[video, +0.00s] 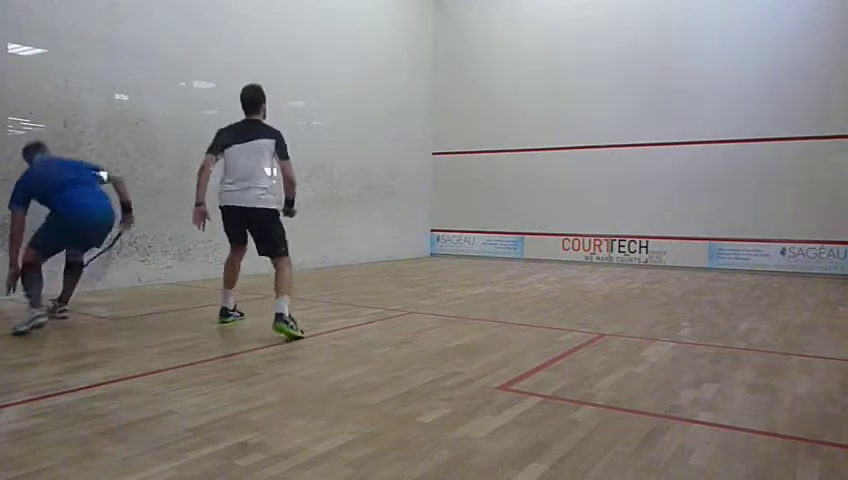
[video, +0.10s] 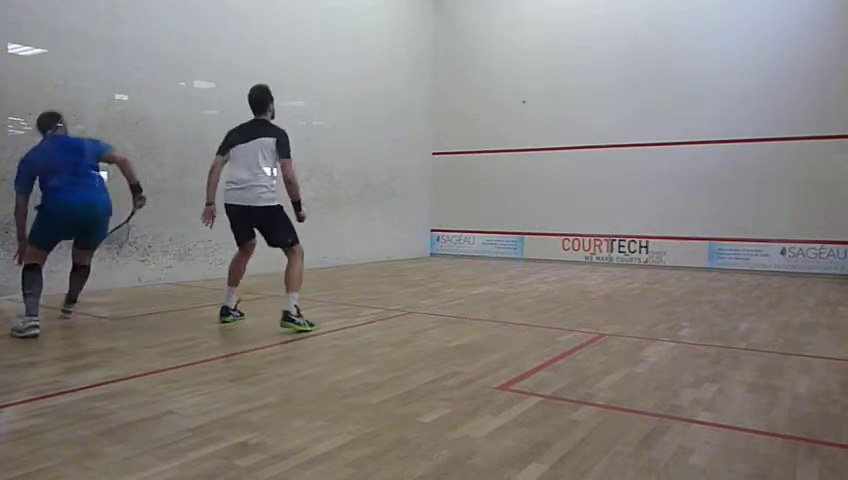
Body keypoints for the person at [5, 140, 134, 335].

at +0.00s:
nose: (32, 164)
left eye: (29, 161)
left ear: (28, 160)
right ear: (48, 153)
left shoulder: (28, 179)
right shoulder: (71, 165)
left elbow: (17, 229)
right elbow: (116, 179)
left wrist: (13, 267)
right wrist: (127, 211)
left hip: (70, 219)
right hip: (104, 218)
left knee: (30, 261)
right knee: (75, 253)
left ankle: (36, 309)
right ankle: (62, 303)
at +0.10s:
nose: (65, 131)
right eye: (64, 127)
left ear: (41, 132)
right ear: (64, 127)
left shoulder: (32, 157)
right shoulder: (86, 145)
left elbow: (21, 204)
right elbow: (122, 160)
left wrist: (21, 240)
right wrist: (137, 192)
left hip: (58, 210)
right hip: (96, 209)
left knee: (33, 260)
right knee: (82, 260)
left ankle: (31, 317)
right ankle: (68, 307)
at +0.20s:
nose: (86, 110)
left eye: (84, 106)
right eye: (85, 106)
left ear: (59, 109)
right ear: (81, 107)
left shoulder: (46, 135)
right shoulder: (98, 129)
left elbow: (31, 182)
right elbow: (129, 154)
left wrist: (33, 221)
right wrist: (146, 184)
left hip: (56, 192)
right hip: (96, 191)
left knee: (42, 253)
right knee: (92, 251)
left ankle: (31, 316)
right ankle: (82, 304)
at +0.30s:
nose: (107, 103)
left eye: (105, 98)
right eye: (105, 99)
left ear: (80, 99)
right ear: (99, 98)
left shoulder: (59, 124)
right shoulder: (111, 122)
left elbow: (42, 170)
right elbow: (133, 156)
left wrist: (48, 204)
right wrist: (153, 187)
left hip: (61, 188)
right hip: (101, 187)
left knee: (48, 253)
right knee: (115, 248)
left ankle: (29, 316)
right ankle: (104, 306)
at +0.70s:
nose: (159, 120)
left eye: (159, 114)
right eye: (157, 115)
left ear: (133, 114)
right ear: (146, 115)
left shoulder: (104, 135)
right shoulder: (150, 146)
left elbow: (77, 167)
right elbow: (162, 189)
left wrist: (76, 206)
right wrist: (176, 222)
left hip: (90, 206)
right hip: (124, 210)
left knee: (104, 250)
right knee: (141, 265)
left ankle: (74, 303)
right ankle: (128, 326)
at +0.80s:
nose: (162, 120)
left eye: (162, 115)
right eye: (160, 115)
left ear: (136, 115)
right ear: (149, 116)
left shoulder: (108, 136)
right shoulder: (153, 146)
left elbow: (83, 168)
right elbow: (164, 188)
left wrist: (79, 206)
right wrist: (177, 219)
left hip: (96, 205)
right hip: (127, 209)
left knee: (108, 252)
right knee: (139, 263)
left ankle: (85, 306)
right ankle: (126, 321)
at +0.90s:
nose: (168, 122)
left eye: (168, 116)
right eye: (166, 117)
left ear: (143, 116)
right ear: (155, 117)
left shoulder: (117, 137)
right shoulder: (156, 146)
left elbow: (93, 170)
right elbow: (166, 188)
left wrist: (94, 208)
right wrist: (179, 221)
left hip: (103, 205)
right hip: (134, 208)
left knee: (110, 252)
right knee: (157, 257)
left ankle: (85, 305)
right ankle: (129, 308)